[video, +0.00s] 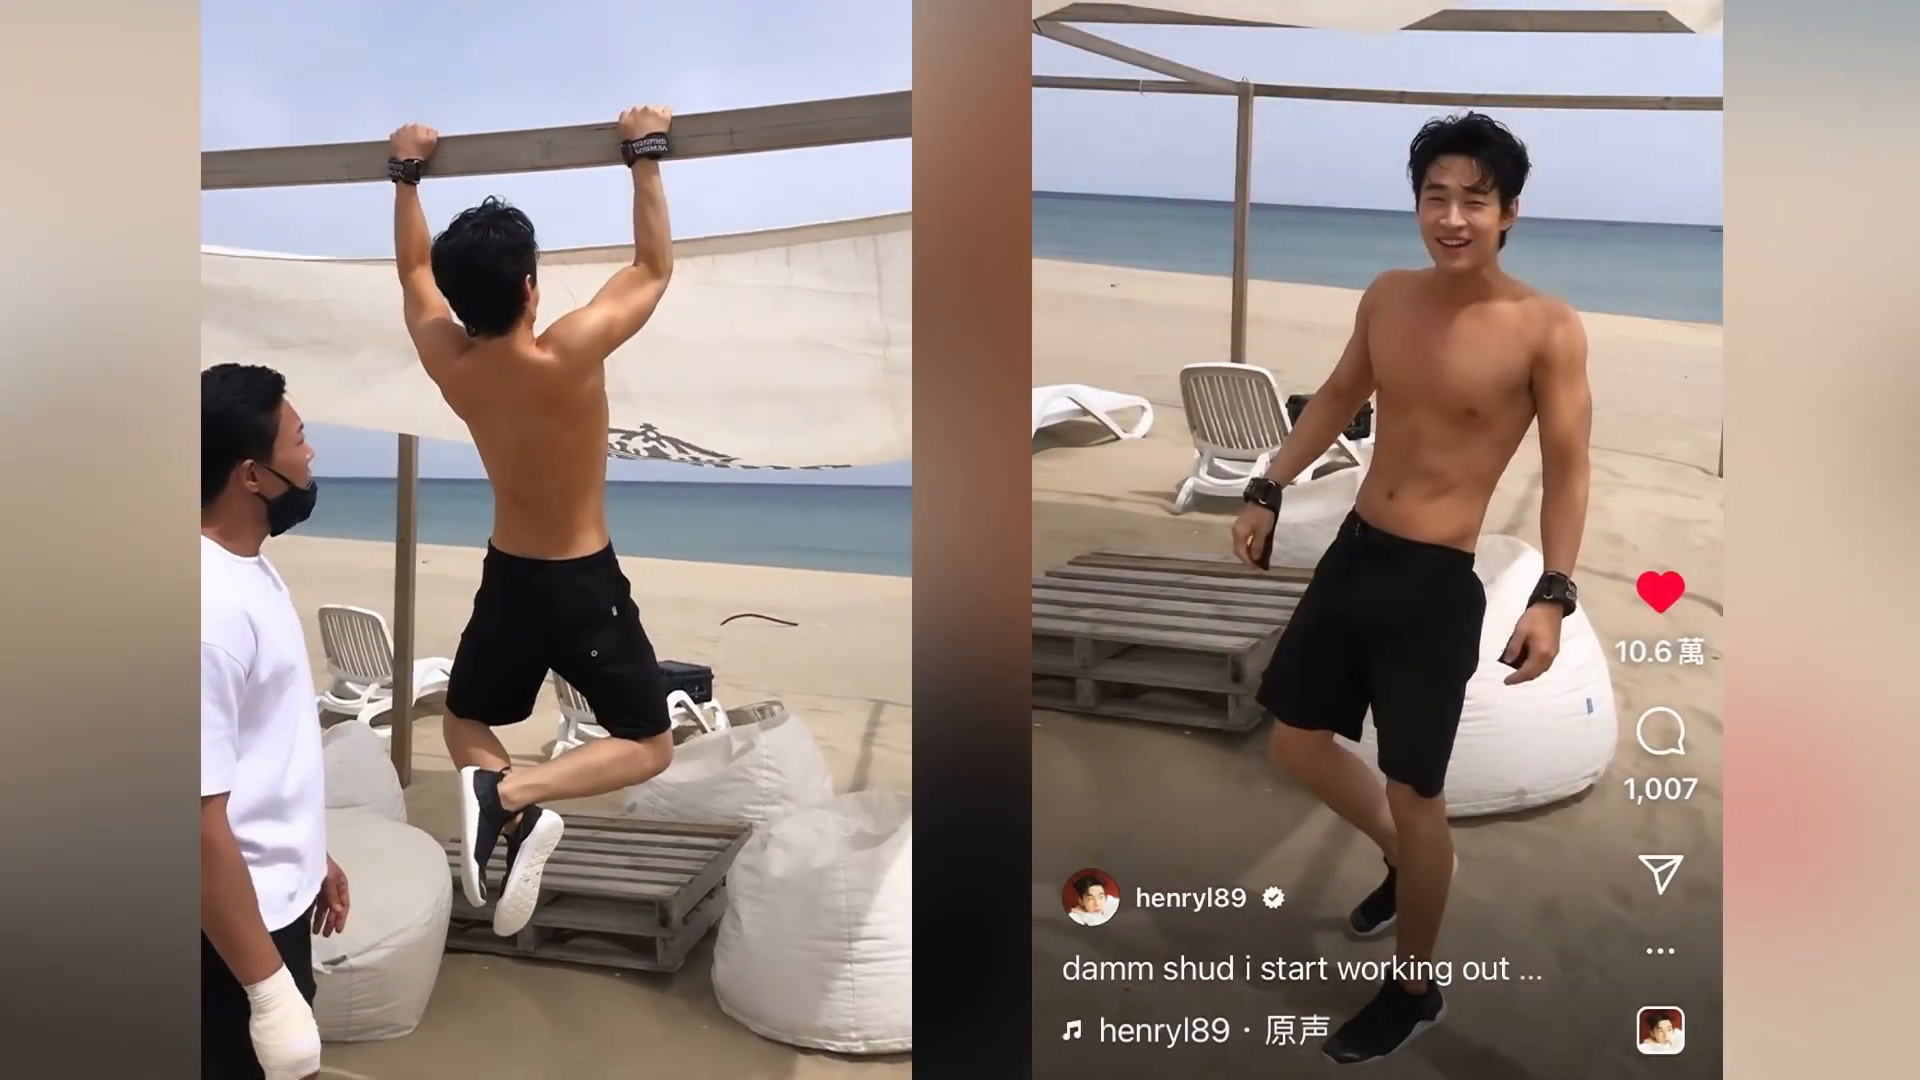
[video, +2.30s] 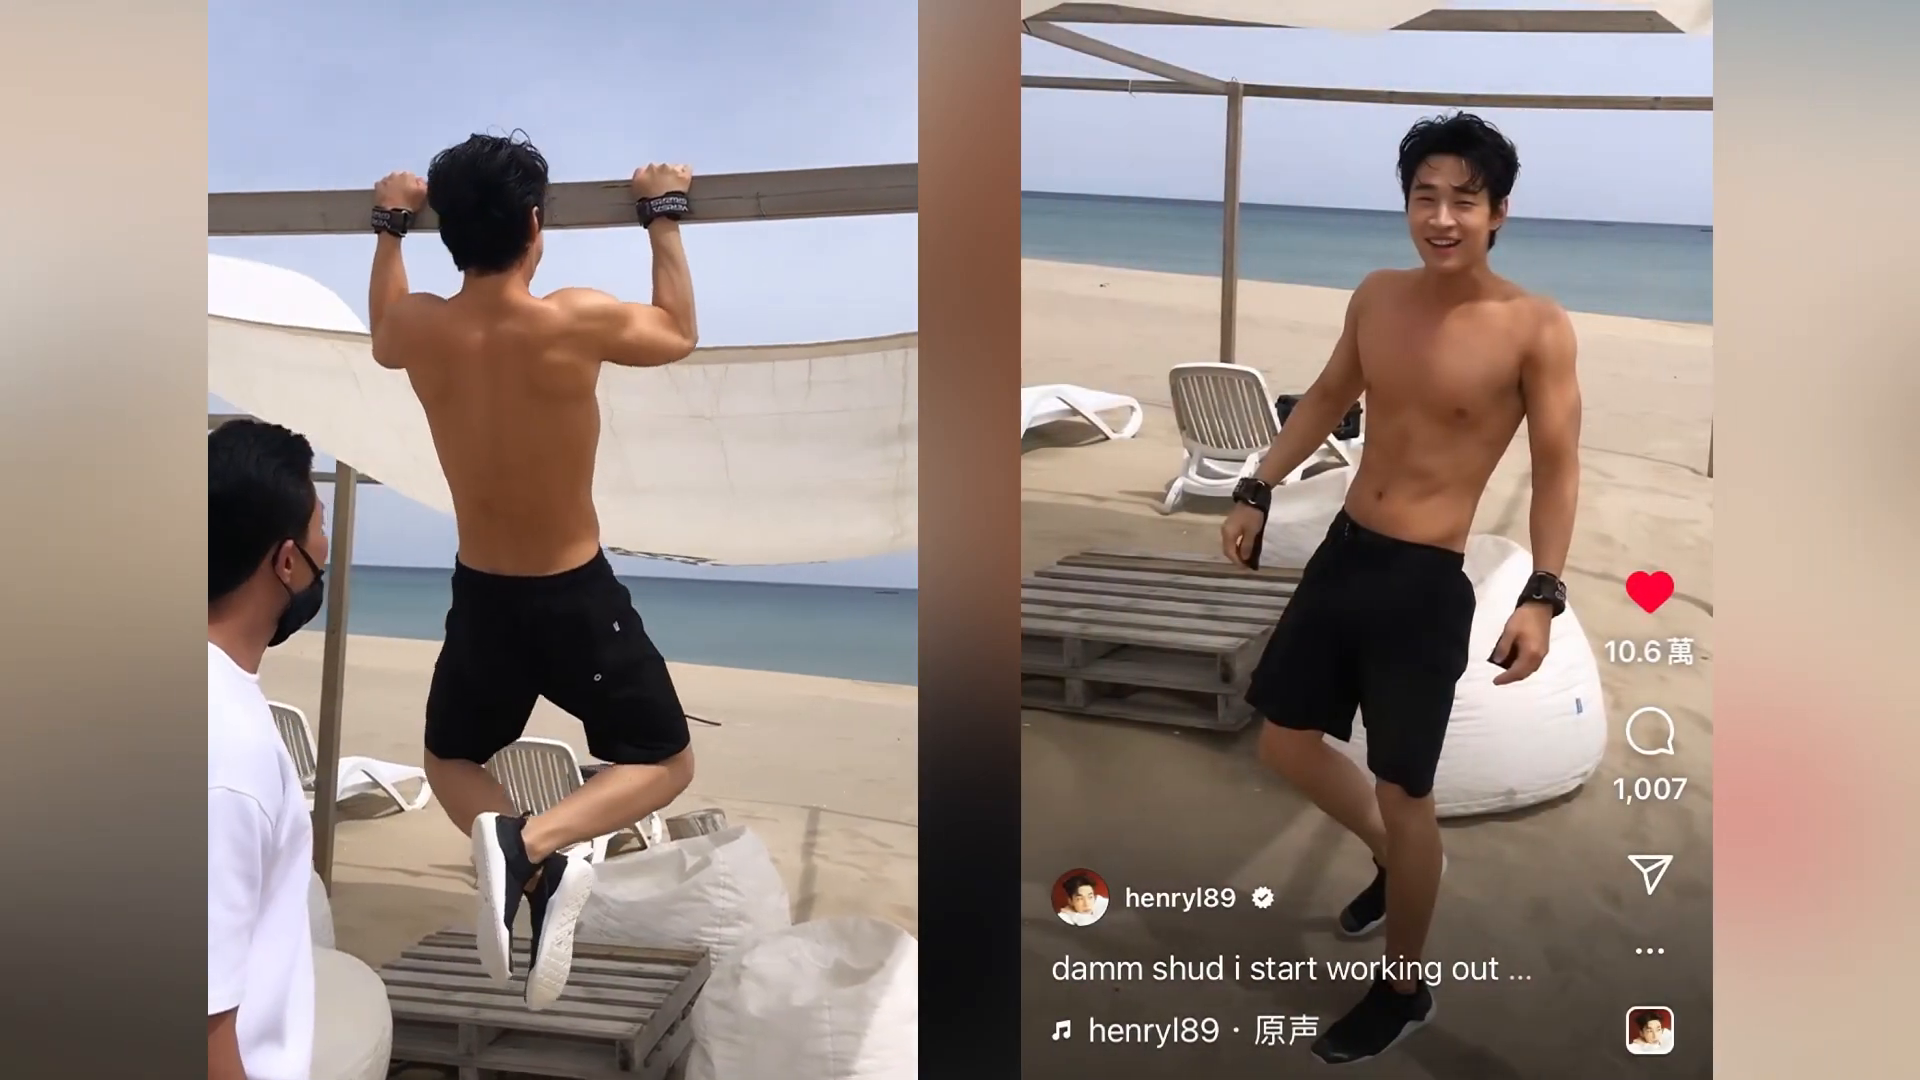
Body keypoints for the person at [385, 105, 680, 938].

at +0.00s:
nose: (541, 272)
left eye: (527, 265)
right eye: (535, 265)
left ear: (461, 297)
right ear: (528, 285)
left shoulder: (454, 364)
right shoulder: (574, 346)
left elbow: (417, 275)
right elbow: (651, 268)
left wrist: (404, 175)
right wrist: (645, 157)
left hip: (508, 583)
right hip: (588, 583)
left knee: (463, 719)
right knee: (647, 745)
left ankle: (521, 817)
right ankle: (509, 791)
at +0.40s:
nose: (508, 191)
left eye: (502, 180)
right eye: (506, 180)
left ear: (417, 200)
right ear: (496, 194)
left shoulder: (398, 293)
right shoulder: (539, 280)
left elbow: (376, 272)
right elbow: (643, 272)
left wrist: (374, 181)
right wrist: (630, 160)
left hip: (474, 537)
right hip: (560, 533)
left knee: (439, 687)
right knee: (650, 694)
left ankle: (511, 764)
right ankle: (498, 716)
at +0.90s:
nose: (459, 95)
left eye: (448, 83)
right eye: (457, 84)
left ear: (363, 104)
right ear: (448, 98)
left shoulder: (327, 201)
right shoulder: (490, 193)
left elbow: (295, 294)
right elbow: (579, 289)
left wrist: (311, 185)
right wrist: (575, 180)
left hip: (377, 488)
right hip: (474, 487)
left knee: (328, 674)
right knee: (569, 675)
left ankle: (421, 770)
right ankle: (398, 719)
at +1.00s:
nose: (445, 123)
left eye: (437, 111)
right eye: (443, 111)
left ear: (345, 133)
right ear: (434, 125)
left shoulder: (313, 228)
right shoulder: (481, 224)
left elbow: (282, 302)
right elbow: (575, 297)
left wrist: (294, 194)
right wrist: (568, 184)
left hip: (364, 517)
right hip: (462, 518)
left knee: (310, 709)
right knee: (551, 714)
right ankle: (376, 752)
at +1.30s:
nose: (428, 243)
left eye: (420, 232)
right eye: (425, 232)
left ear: (335, 256)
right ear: (418, 248)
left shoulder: (312, 350)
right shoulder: (466, 337)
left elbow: (279, 309)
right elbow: (568, 317)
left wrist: (282, 211)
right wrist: (557, 204)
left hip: (358, 615)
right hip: (450, 619)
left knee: (293, 791)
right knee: (518, 827)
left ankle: (333, 903)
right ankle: (337, 850)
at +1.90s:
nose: (514, 333)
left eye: (506, 324)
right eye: (510, 323)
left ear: (422, 349)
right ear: (502, 342)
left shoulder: (405, 429)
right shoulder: (551, 419)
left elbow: (367, 341)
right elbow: (633, 345)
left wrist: (358, 237)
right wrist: (628, 228)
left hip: (454, 681)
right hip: (543, 686)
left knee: (394, 848)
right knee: (603, 873)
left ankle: (468, 948)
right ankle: (454, 909)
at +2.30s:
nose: (544, 219)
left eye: (539, 207)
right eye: (543, 208)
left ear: (447, 234)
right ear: (533, 223)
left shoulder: (420, 327)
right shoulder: (577, 319)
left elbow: (385, 329)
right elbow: (677, 331)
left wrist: (390, 229)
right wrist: (664, 218)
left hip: (484, 606)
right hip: (578, 601)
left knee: (450, 762)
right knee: (664, 766)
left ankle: (544, 877)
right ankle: (527, 841)